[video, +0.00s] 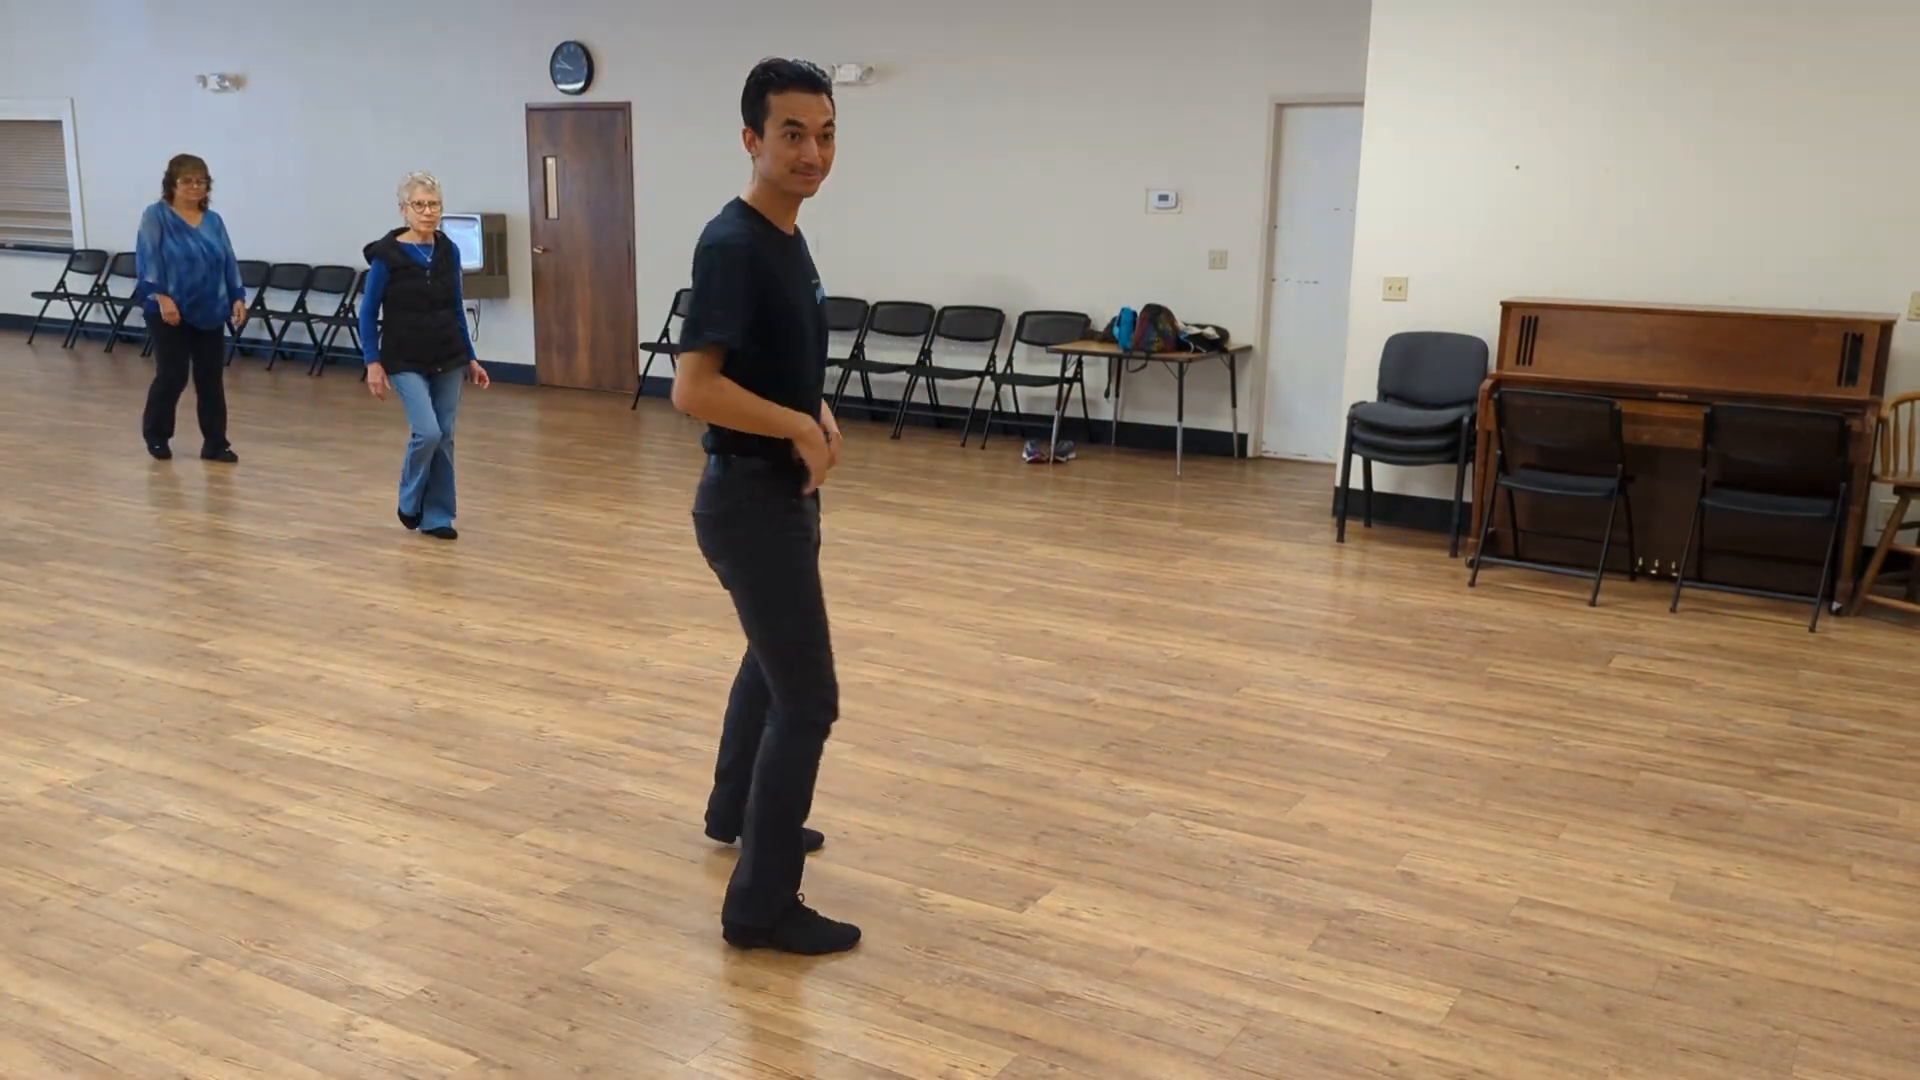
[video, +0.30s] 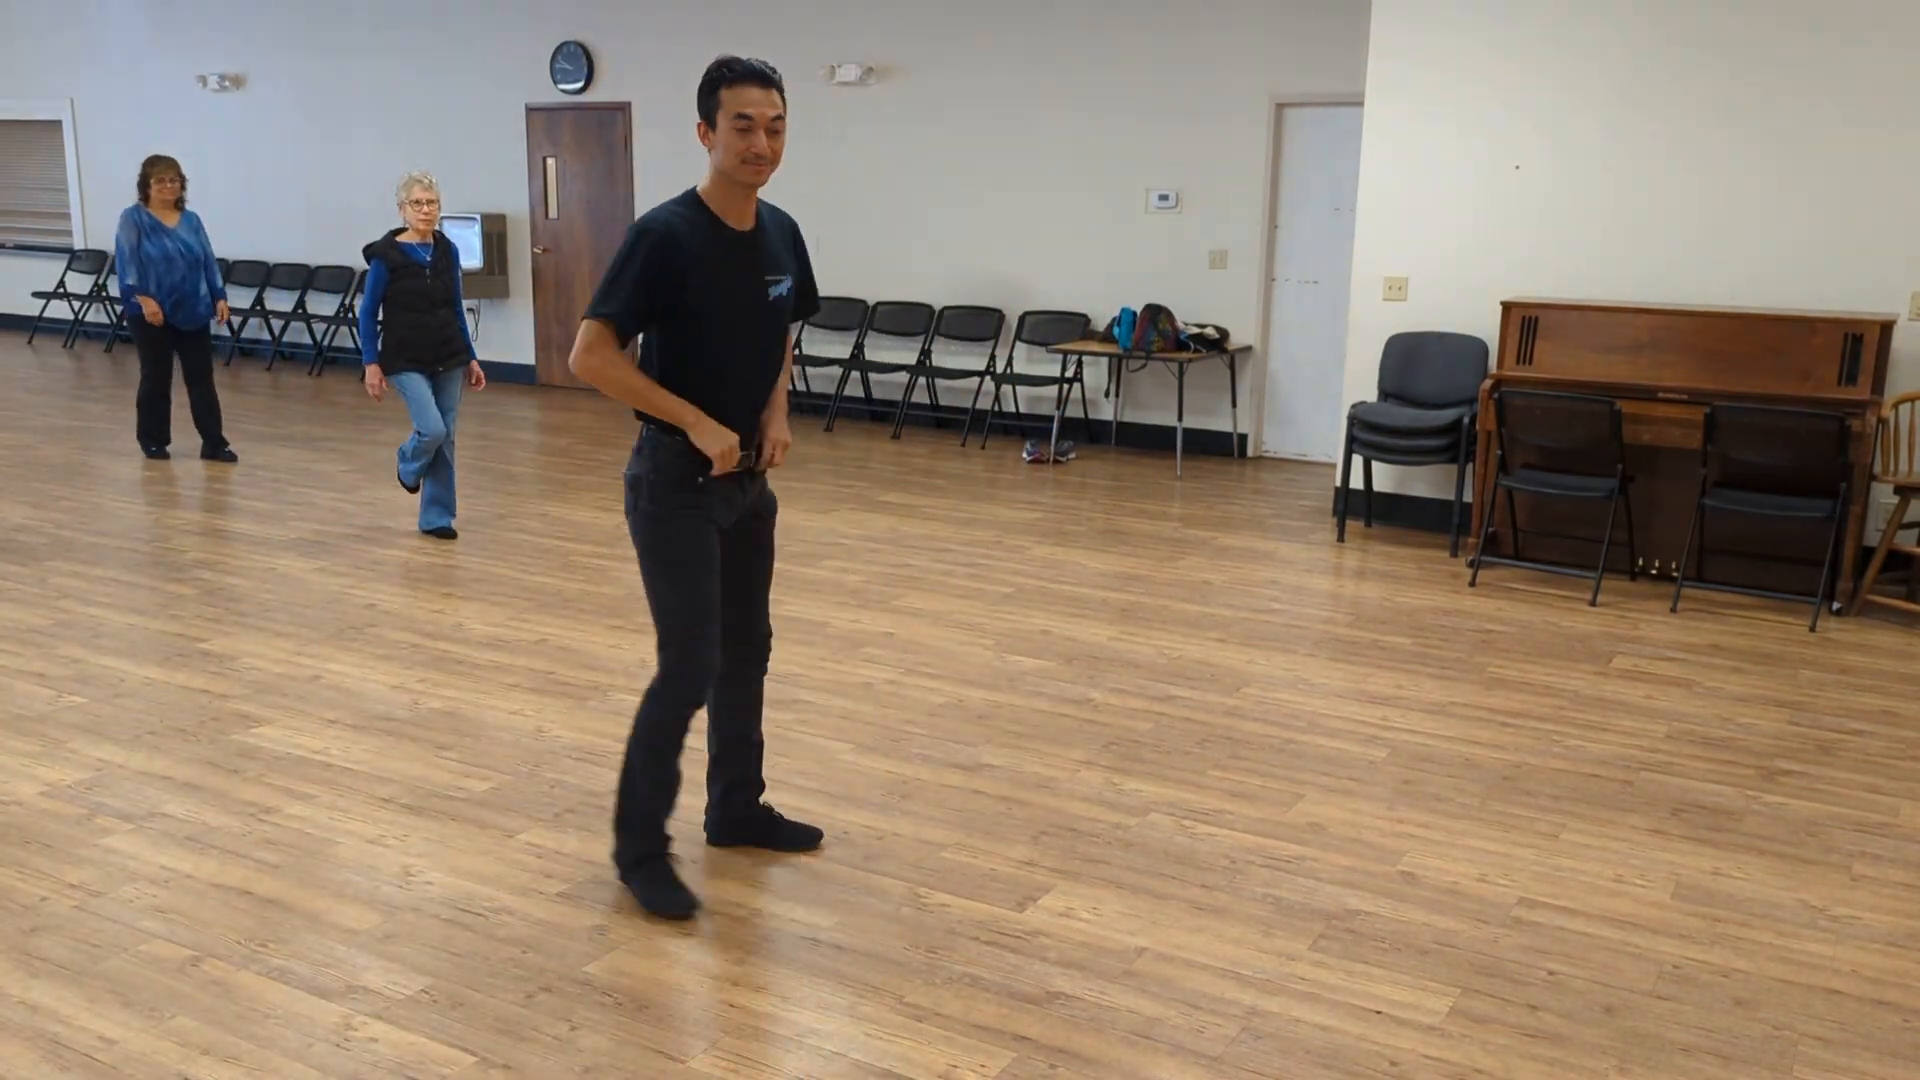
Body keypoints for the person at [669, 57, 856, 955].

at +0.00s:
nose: (813, 152)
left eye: (825, 136)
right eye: (794, 134)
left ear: (835, 145)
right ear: (752, 139)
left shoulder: (786, 238)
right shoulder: (732, 244)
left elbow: (778, 358)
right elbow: (695, 387)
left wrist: (815, 413)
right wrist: (799, 427)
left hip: (780, 490)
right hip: (751, 500)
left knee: (774, 657)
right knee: (808, 698)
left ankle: (737, 807)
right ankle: (760, 908)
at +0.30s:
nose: (762, 142)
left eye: (774, 127)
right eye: (743, 125)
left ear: (785, 135)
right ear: (705, 132)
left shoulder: (781, 233)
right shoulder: (663, 236)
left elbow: (779, 333)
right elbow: (590, 355)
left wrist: (776, 405)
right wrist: (695, 421)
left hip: (746, 484)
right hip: (673, 484)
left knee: (744, 655)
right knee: (686, 668)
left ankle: (735, 810)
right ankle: (640, 853)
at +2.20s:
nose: (700, 145)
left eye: (710, 131)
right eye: (682, 129)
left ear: (717, 139)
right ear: (638, 133)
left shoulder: (722, 227)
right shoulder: (583, 224)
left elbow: (694, 317)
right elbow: (491, 279)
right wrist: (547, 371)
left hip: (697, 472)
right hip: (615, 474)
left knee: (704, 648)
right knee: (592, 663)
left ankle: (711, 795)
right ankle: (571, 839)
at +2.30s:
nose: (723, 148)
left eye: (726, 134)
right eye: (708, 133)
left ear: (713, 141)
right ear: (653, 136)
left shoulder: (719, 228)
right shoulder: (584, 226)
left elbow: (692, 320)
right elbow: (489, 280)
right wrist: (550, 374)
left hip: (697, 471)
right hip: (617, 475)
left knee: (705, 647)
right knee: (594, 663)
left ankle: (712, 795)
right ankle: (571, 839)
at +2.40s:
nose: (741, 150)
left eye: (738, 136)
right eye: (731, 136)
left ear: (690, 143)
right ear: (687, 142)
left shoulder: (713, 229)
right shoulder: (589, 225)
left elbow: (678, 323)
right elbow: (488, 282)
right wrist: (552, 378)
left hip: (698, 472)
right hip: (619, 476)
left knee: (707, 648)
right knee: (595, 664)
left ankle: (711, 794)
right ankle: (571, 838)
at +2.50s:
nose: (741, 149)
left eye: (738, 135)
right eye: (735, 136)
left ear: (689, 143)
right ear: (704, 145)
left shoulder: (704, 229)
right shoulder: (599, 223)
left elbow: (665, 322)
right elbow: (488, 279)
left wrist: (676, 403)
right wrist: (557, 380)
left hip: (698, 471)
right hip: (622, 473)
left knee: (707, 643)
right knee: (600, 660)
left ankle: (711, 793)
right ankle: (571, 838)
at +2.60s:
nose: (735, 148)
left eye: (730, 135)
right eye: (733, 136)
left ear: (666, 138)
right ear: (719, 145)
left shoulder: (685, 226)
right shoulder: (618, 222)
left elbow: (584, 303)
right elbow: (497, 278)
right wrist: (567, 380)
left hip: (695, 472)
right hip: (627, 473)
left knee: (707, 646)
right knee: (603, 660)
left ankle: (711, 794)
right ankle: (571, 838)